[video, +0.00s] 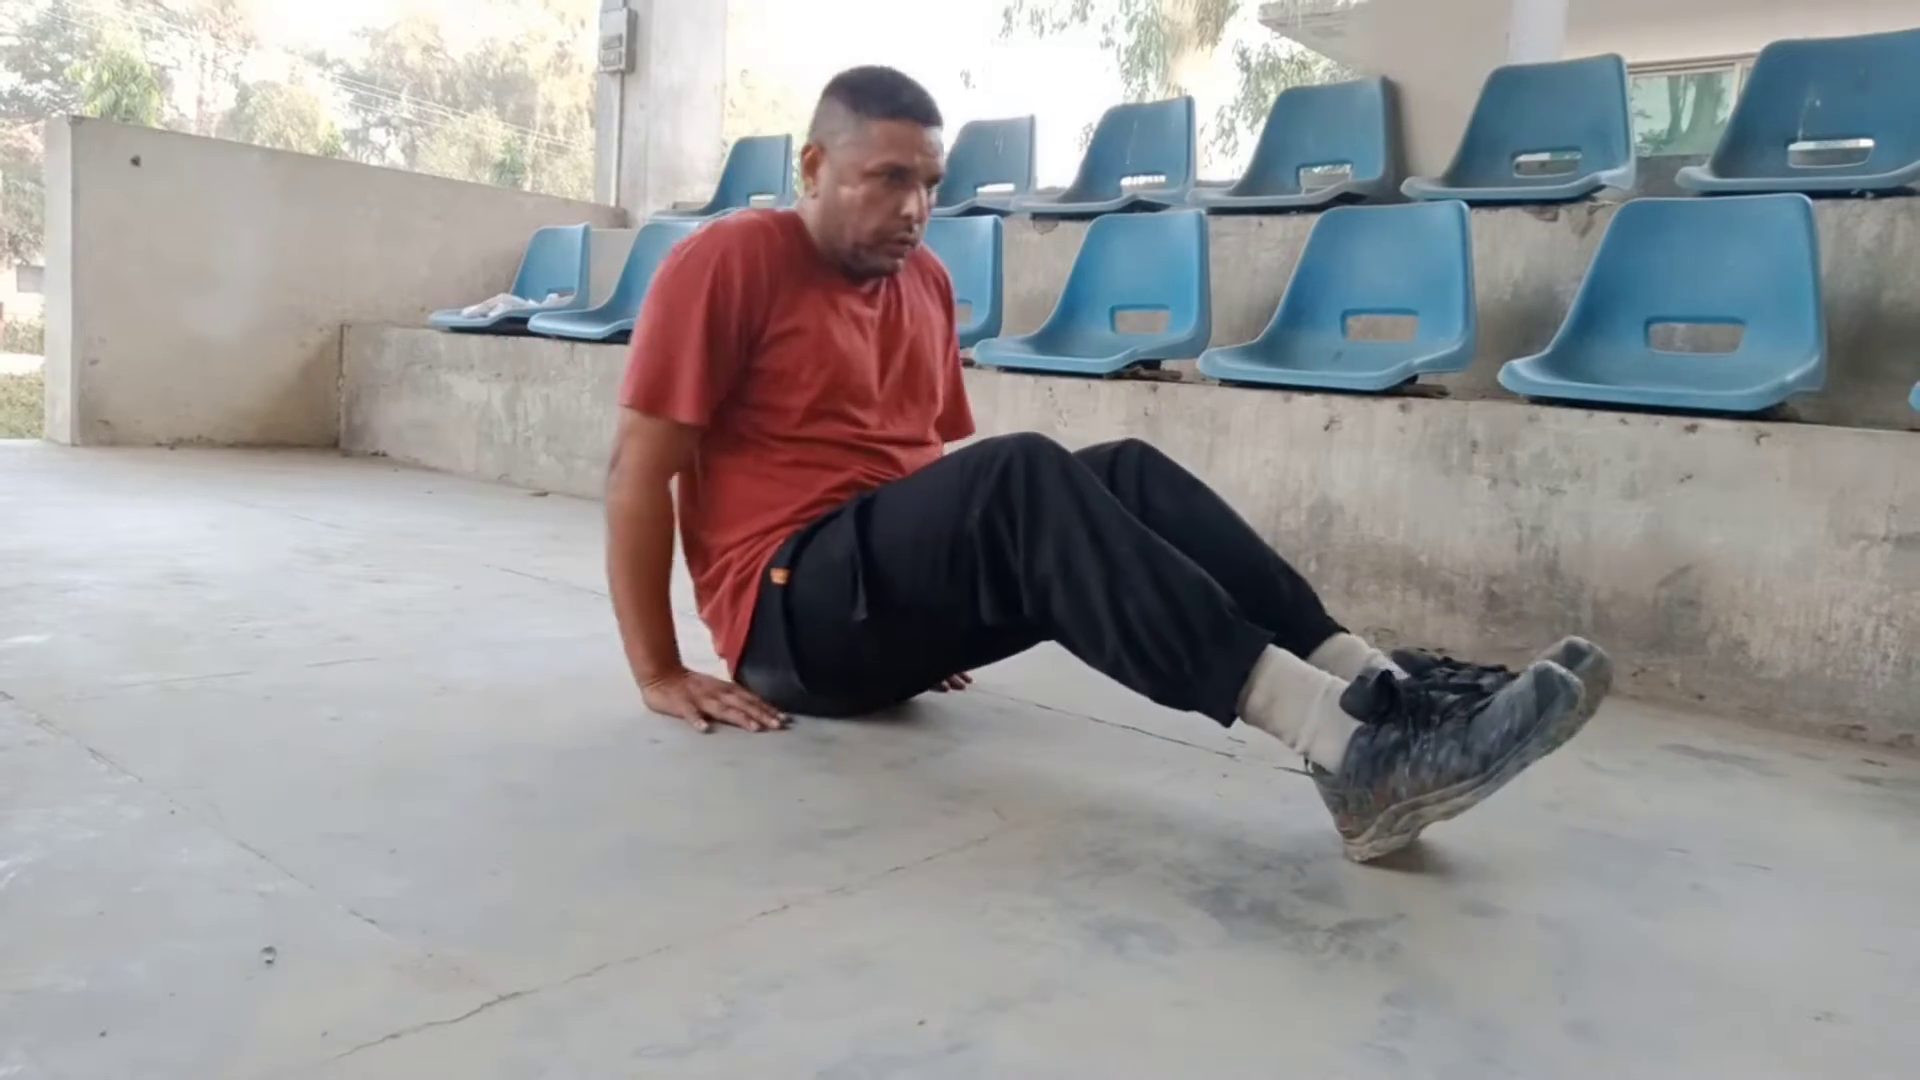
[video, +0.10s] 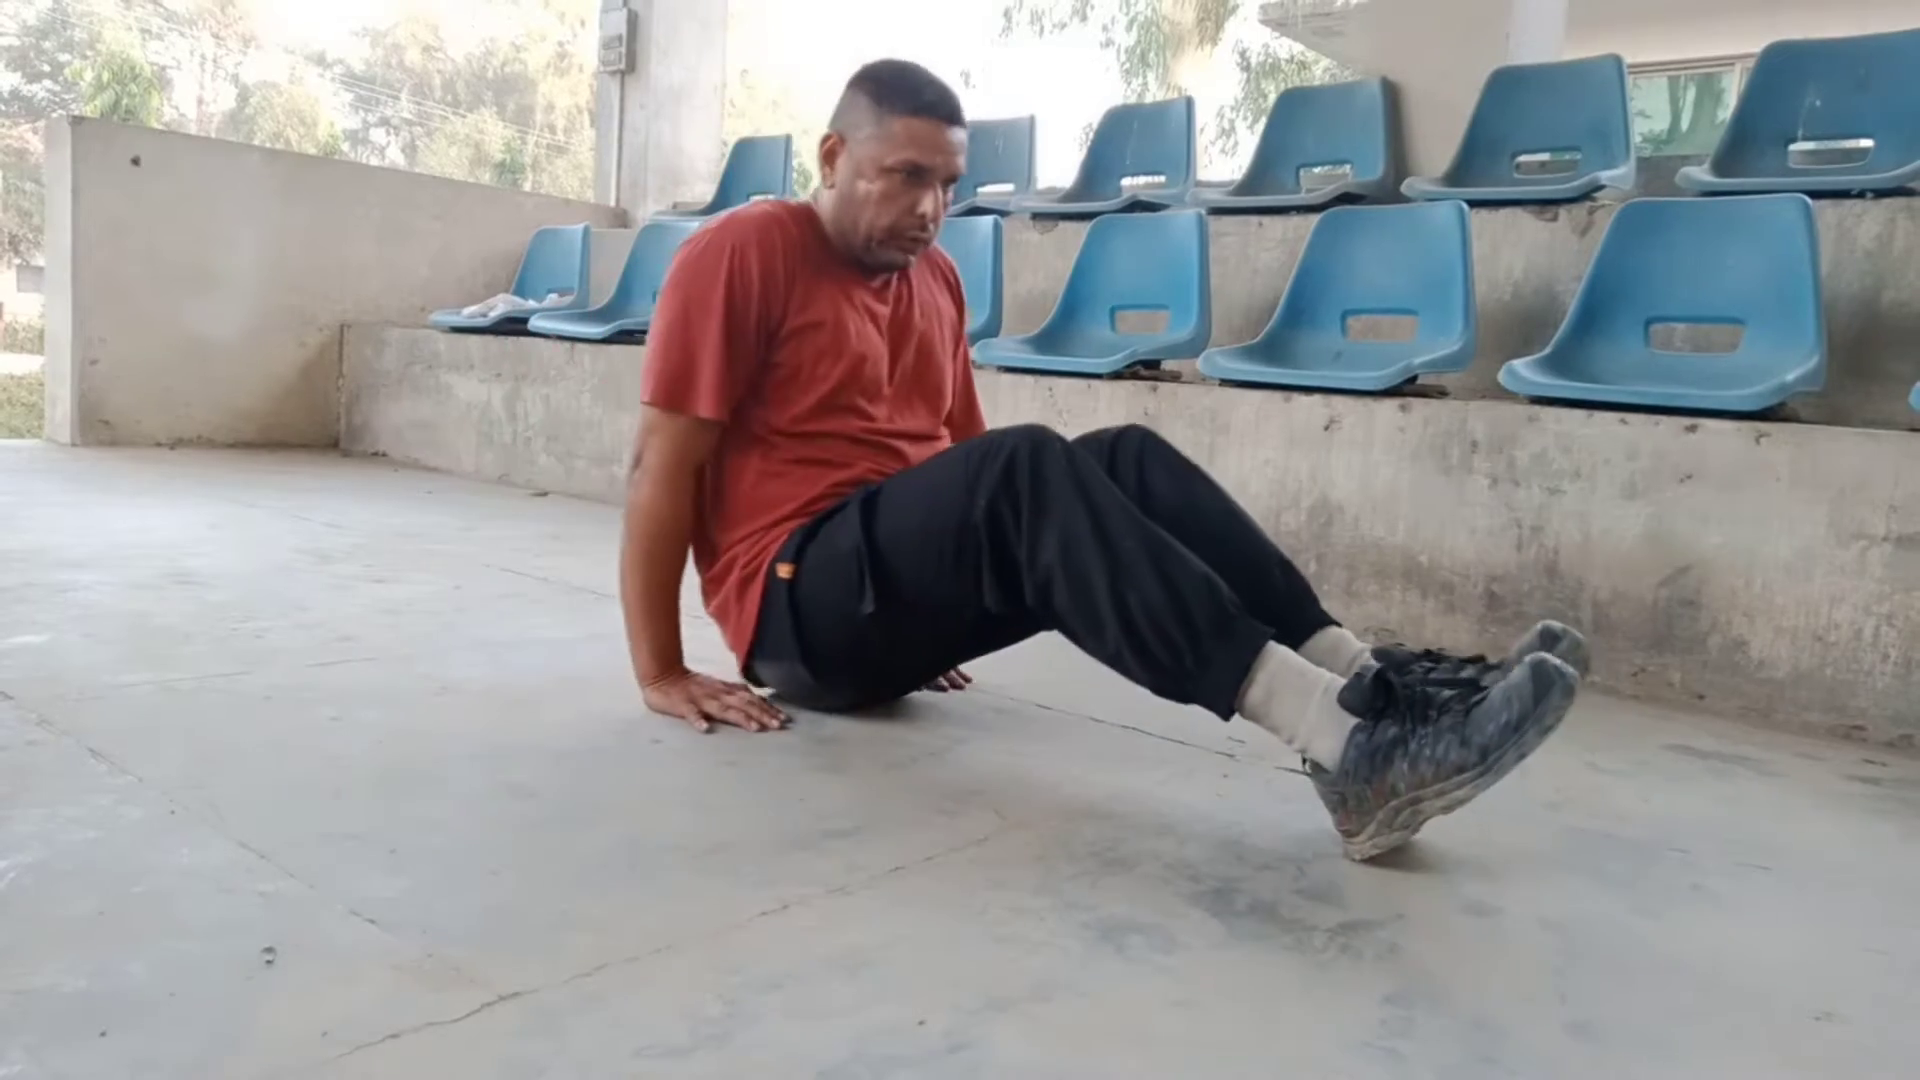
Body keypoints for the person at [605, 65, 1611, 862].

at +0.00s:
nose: (910, 208)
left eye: (923, 185)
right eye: (887, 180)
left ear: (929, 183)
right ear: (810, 167)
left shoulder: (923, 283)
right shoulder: (723, 262)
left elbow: (948, 456)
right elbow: (641, 464)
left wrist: (938, 633)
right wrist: (657, 674)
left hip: (906, 591)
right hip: (792, 612)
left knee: (1131, 473)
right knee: (1025, 475)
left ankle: (1390, 698)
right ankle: (1344, 752)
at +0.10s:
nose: (929, 208)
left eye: (945, 183)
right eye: (908, 178)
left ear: (954, 177)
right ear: (830, 157)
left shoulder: (933, 279)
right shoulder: (740, 251)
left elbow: (960, 453)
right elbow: (667, 456)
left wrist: (931, 632)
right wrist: (658, 673)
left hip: (906, 590)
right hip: (798, 603)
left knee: (1130, 459)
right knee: (1032, 470)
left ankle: (1378, 690)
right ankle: (1338, 751)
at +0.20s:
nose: (933, 216)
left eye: (952, 193)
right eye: (914, 185)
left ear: (964, 183)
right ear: (841, 156)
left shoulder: (939, 280)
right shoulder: (749, 248)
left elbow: (967, 446)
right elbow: (682, 457)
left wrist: (931, 635)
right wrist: (661, 670)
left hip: (919, 584)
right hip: (820, 598)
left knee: (1141, 443)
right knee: (1045, 456)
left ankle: (1380, 690)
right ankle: (1343, 747)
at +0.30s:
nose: (934, 220)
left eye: (951, 196)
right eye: (913, 190)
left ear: (961, 189)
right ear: (838, 170)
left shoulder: (944, 285)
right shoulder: (753, 260)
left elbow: (973, 447)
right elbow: (666, 464)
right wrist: (660, 672)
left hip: (933, 603)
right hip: (836, 616)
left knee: (1154, 437)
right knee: (1057, 448)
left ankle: (1397, 700)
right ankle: (1354, 751)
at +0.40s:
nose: (943, 228)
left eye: (960, 204)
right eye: (923, 198)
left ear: (966, 197)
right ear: (849, 176)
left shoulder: (952, 289)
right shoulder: (759, 274)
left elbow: (982, 456)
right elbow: (650, 465)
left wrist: (1024, 582)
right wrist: (658, 677)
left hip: (947, 613)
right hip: (843, 627)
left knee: (1169, 447)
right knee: (1066, 454)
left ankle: (1423, 710)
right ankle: (1370, 763)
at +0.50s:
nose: (961, 235)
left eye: (978, 211)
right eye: (940, 205)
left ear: (985, 202)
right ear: (867, 183)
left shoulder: (962, 287)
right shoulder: (769, 275)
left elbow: (965, 455)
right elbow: (650, 462)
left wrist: (995, 601)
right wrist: (660, 677)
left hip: (948, 617)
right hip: (844, 627)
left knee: (1179, 454)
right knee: (1068, 451)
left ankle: (1434, 711)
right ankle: (1371, 759)